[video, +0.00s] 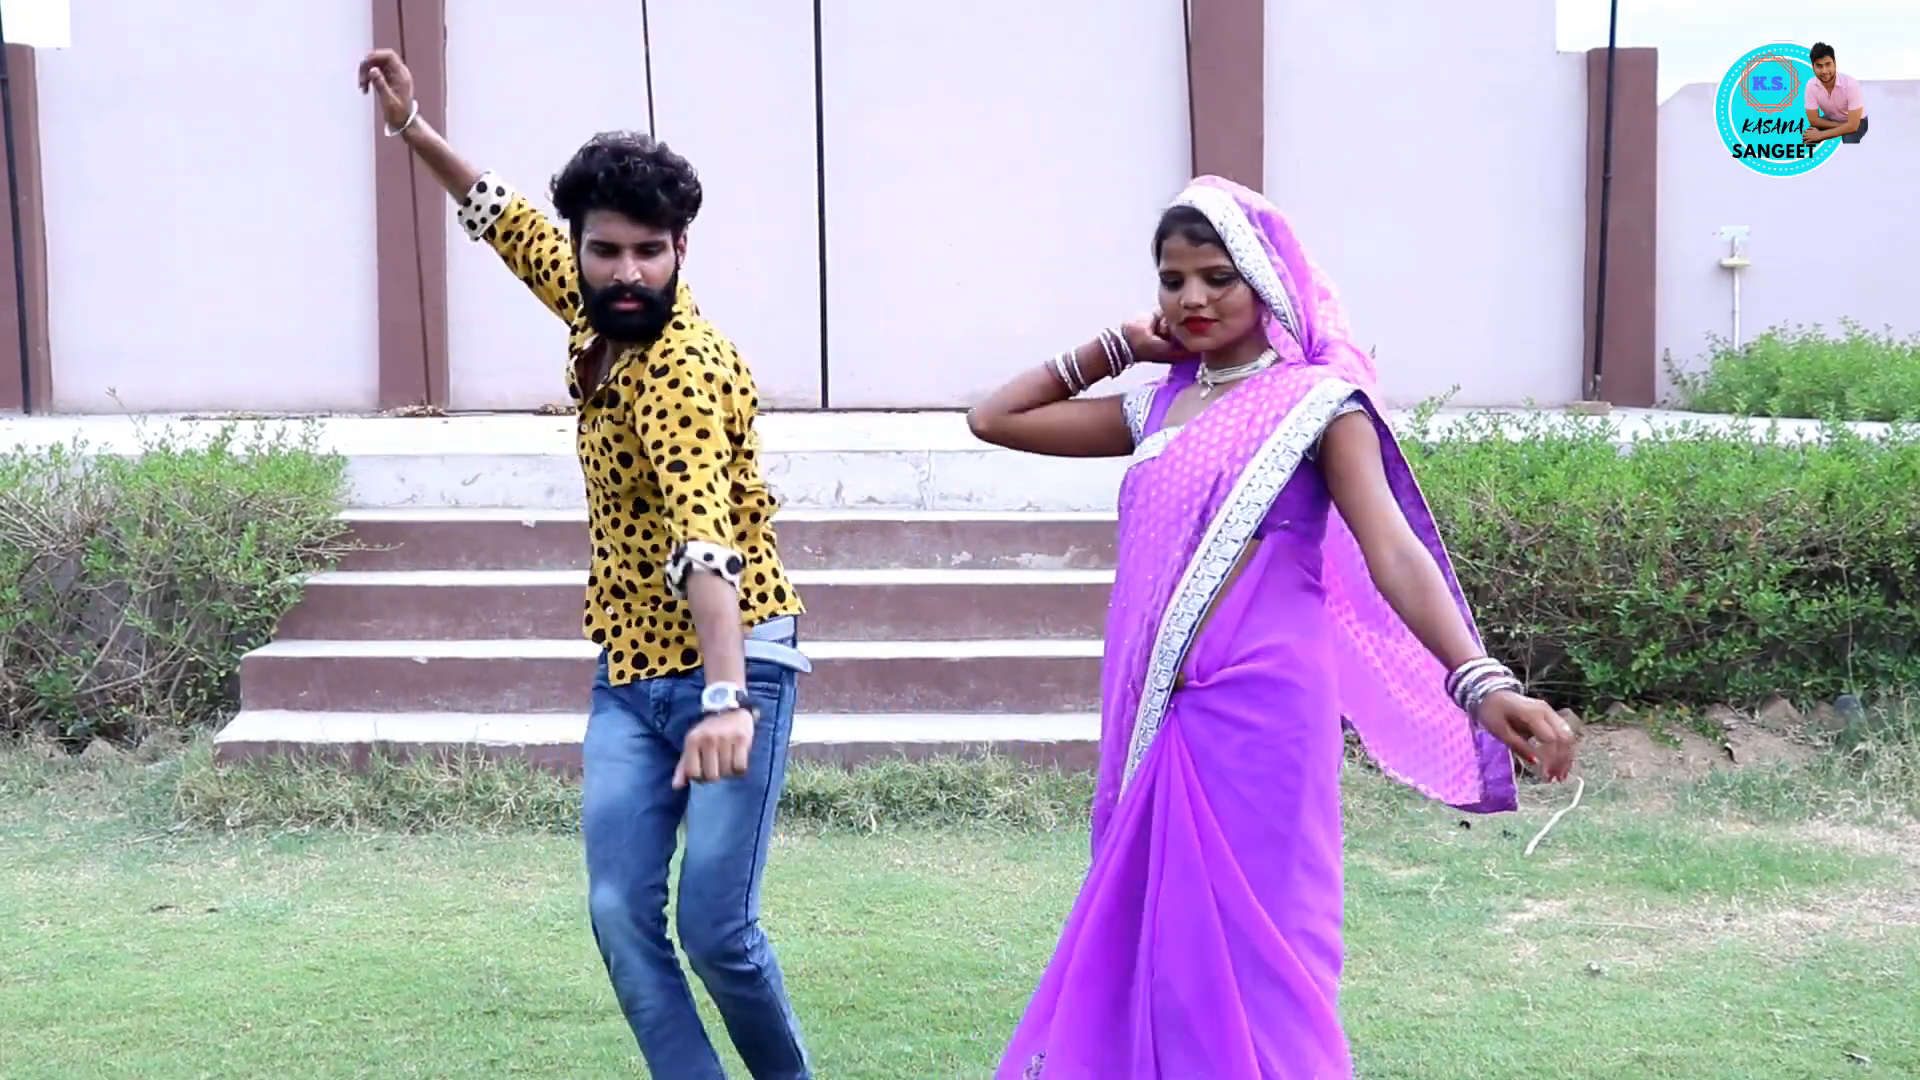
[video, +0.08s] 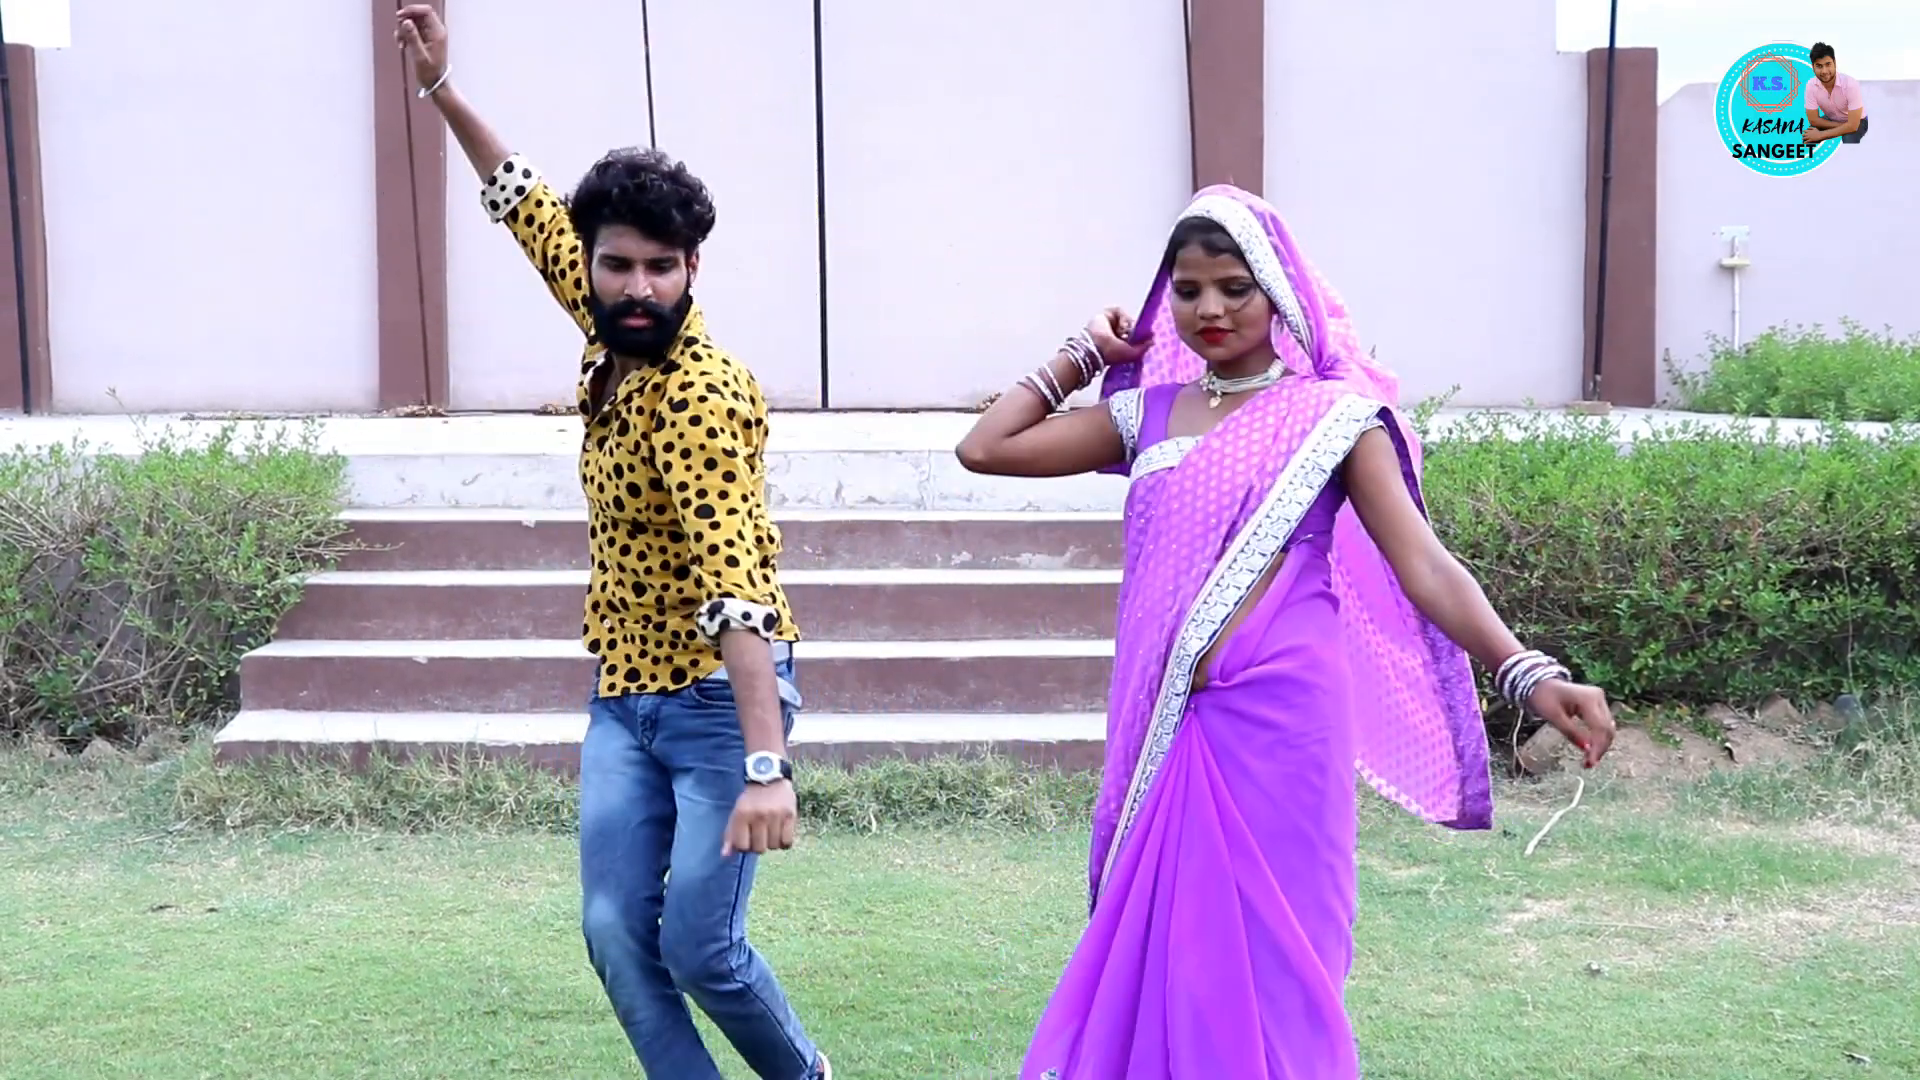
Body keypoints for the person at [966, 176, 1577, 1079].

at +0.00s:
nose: (1195, 299)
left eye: (1218, 277)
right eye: (1177, 281)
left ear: (1268, 282)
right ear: (1162, 292)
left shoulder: (1321, 400)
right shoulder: (1164, 405)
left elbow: (1396, 555)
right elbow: (996, 418)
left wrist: (1483, 683)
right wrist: (1116, 348)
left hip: (1257, 711)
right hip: (1147, 709)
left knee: (1249, 951)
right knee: (1144, 943)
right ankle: (1155, 1075)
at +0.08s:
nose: (1211, 310)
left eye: (1235, 287)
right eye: (1190, 290)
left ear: (1277, 290)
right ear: (1169, 296)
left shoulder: (1335, 412)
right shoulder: (1150, 411)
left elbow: (1427, 569)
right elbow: (985, 448)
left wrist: (1532, 675)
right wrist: (1080, 358)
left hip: (1279, 716)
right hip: (1156, 715)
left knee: (1267, 959)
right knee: (1148, 950)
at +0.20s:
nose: (1238, 299)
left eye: (1260, 277)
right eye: (1213, 279)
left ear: (1295, 279)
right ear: (1188, 283)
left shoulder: (1354, 401)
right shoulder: (1150, 394)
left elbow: (1454, 560)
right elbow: (1025, 501)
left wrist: (1583, 605)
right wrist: (1034, 361)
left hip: (1310, 702)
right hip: (1174, 699)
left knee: (1303, 941)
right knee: (1171, 936)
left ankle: (1300, 1071)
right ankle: (1177, 1075)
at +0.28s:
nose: (1256, 296)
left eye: (1276, 273)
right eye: (1230, 276)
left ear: (1306, 274)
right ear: (1199, 279)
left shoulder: (1363, 390)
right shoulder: (1154, 388)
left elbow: (1455, 557)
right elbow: (1069, 538)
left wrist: (1592, 547)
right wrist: (1026, 384)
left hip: (1320, 698)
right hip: (1183, 699)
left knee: (1306, 946)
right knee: (1184, 942)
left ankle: (1303, 1074)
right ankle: (1188, 1076)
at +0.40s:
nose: (1275, 315)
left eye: (1293, 291)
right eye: (1249, 296)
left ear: (1322, 288)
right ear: (1216, 297)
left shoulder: (1366, 404)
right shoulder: (1163, 404)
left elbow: (1454, 573)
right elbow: (1117, 579)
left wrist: (1582, 505)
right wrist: (1047, 465)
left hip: (1338, 708)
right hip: (1211, 713)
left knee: (1325, 955)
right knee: (1241, 952)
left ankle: (1321, 1076)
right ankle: (1228, 1076)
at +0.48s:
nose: (1283, 316)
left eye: (1301, 294)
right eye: (1258, 298)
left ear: (1330, 295)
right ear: (1225, 302)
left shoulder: (1367, 414)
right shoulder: (1171, 406)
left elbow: (1454, 578)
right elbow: (1122, 585)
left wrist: (1580, 498)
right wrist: (1062, 502)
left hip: (1341, 710)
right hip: (1212, 713)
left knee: (1335, 964)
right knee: (1241, 961)